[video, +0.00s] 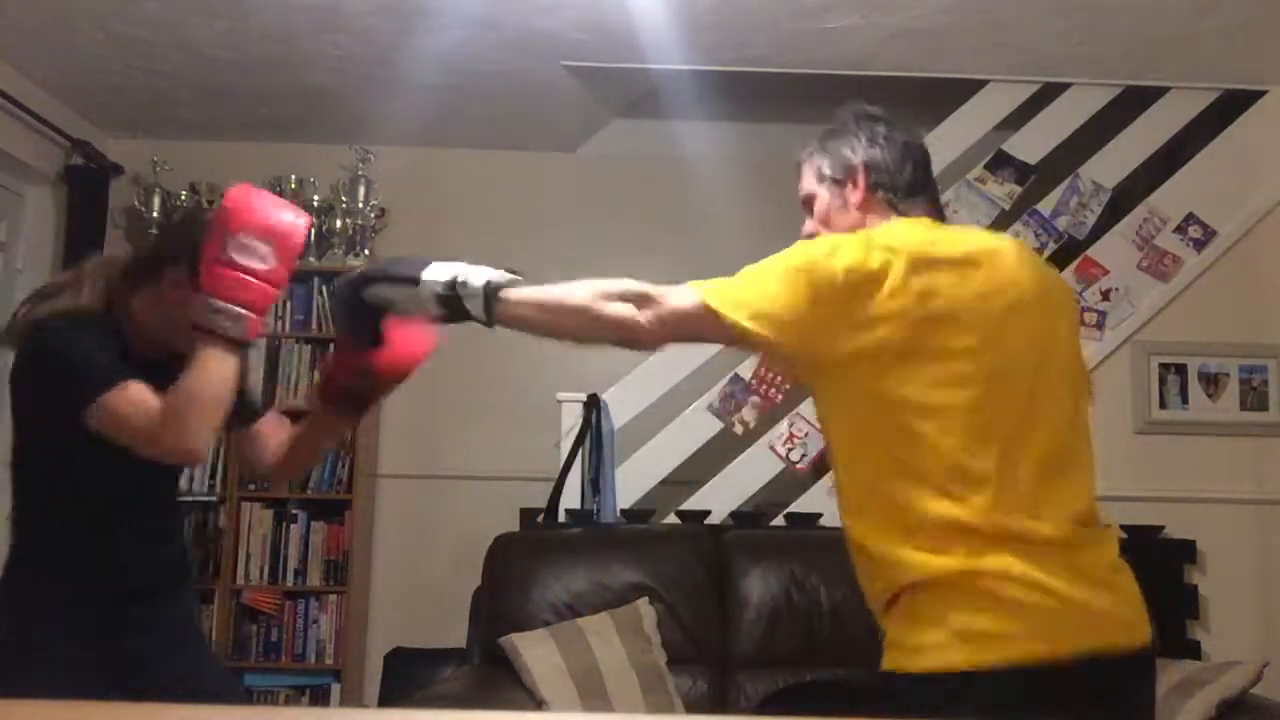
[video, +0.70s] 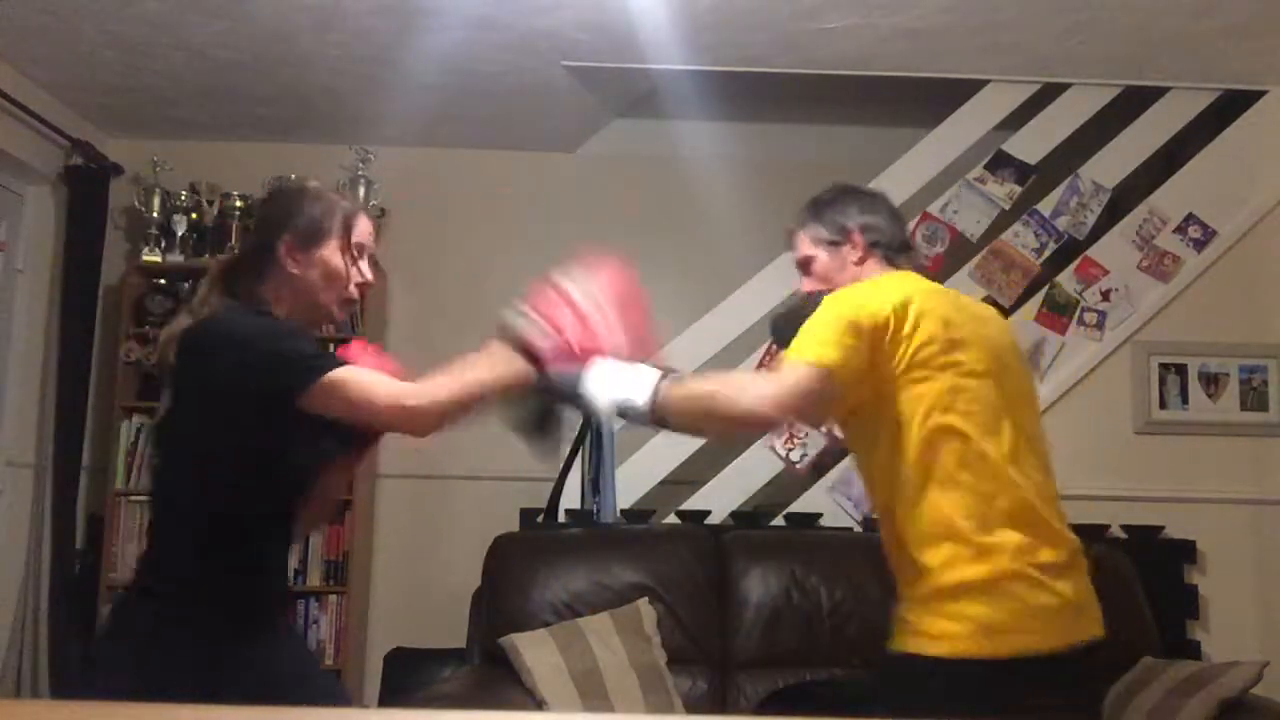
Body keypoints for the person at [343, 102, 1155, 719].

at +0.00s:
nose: (809, 226)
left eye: (811, 206)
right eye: (806, 209)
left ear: (859, 187)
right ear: (908, 184)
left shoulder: (846, 267)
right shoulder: (1039, 276)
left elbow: (645, 315)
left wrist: (461, 291)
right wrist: (833, 361)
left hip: (966, 662)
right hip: (1114, 654)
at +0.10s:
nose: (826, 243)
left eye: (831, 222)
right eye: (825, 225)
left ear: (881, 208)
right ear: (913, 208)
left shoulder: (861, 285)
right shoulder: (1045, 297)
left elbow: (695, 345)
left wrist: (533, 314)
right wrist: (808, 369)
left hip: (959, 667)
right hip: (1102, 665)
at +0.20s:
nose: (859, 265)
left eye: (862, 244)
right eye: (854, 250)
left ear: (908, 223)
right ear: (931, 225)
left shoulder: (911, 292)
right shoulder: (1045, 302)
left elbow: (856, 414)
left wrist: (709, 377)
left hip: (978, 668)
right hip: (1098, 664)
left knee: (783, 704)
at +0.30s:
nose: (883, 295)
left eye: (886, 271)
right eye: (877, 277)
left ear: (931, 252)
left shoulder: (957, 312)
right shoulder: (1050, 330)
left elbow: (997, 474)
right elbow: (903, 462)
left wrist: (851, 465)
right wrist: (863, 359)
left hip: (1004, 674)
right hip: (1096, 674)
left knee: (787, 706)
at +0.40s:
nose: (869, 270)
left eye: (874, 247)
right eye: (865, 255)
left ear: (924, 228)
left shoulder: (944, 288)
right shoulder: (1046, 314)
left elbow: (985, 425)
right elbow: (958, 493)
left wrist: (852, 416)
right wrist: (878, 412)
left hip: (995, 641)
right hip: (1093, 642)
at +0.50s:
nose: (848, 264)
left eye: (854, 241)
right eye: (846, 247)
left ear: (905, 225)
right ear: (911, 229)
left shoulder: (922, 281)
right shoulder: (1022, 305)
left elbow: (868, 382)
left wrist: (733, 357)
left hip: (997, 628)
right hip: (1089, 623)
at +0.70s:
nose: (805, 282)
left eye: (810, 264)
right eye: (800, 267)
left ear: (856, 246)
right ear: (882, 248)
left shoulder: (867, 303)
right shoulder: (987, 320)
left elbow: (766, 401)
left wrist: (622, 386)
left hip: (971, 651)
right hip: (1070, 643)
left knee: (784, 702)